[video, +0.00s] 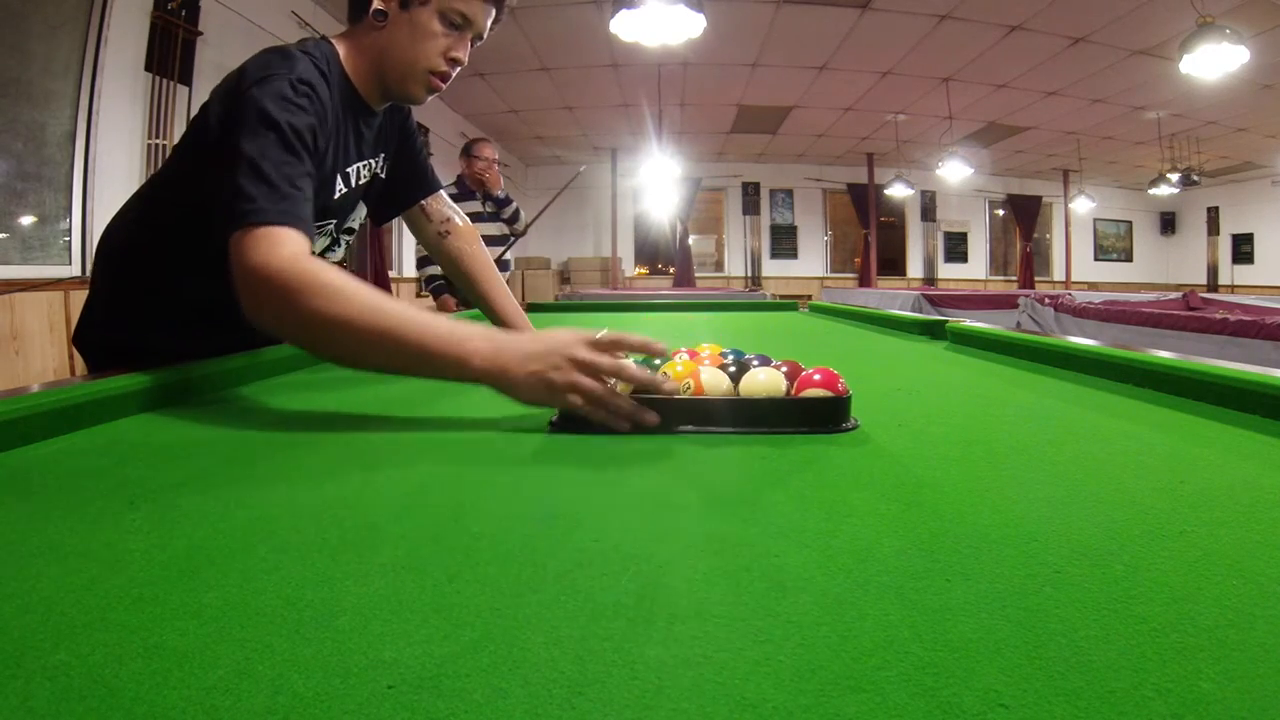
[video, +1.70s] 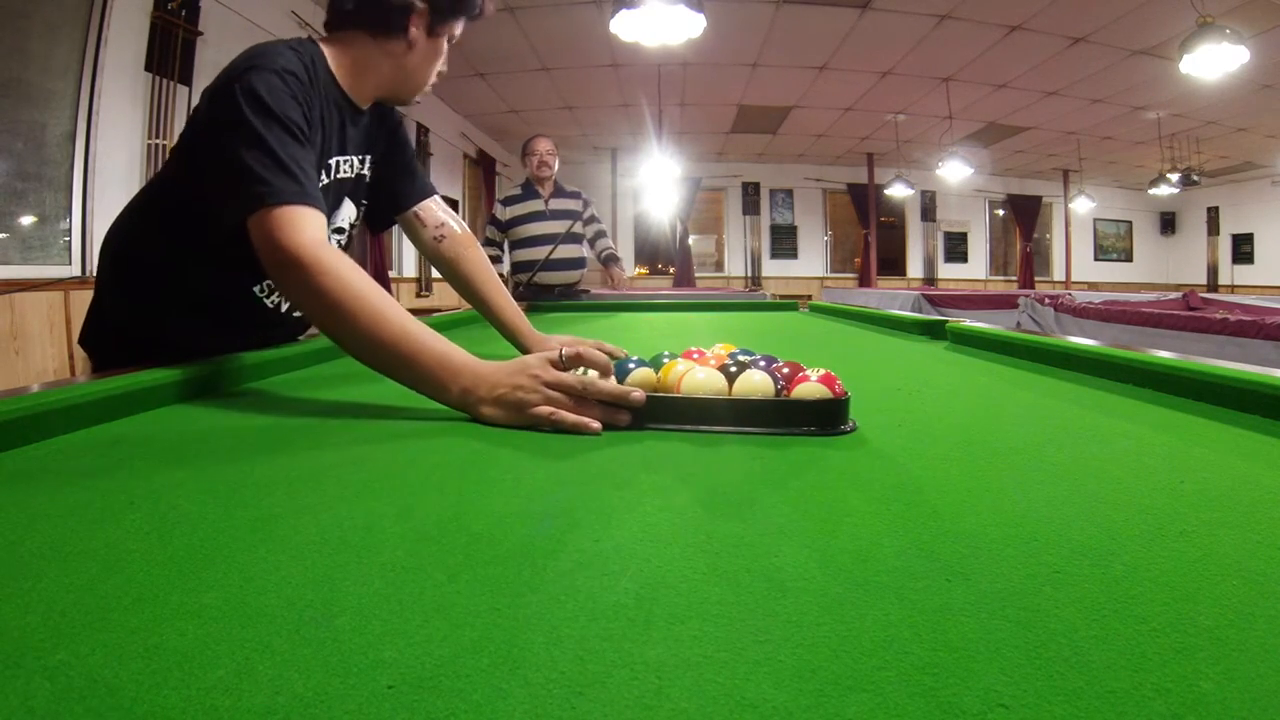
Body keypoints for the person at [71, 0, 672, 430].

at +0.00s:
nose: (462, 58)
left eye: (473, 42)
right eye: (453, 26)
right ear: (387, 7)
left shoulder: (392, 121)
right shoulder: (283, 86)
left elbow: (447, 230)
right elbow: (272, 277)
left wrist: (525, 338)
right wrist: (498, 357)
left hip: (252, 336)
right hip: (146, 340)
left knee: (240, 523)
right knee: (139, 538)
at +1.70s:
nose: (444, 68)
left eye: (451, 48)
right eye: (449, 44)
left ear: (401, 29)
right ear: (412, 25)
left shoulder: (380, 122)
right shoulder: (271, 83)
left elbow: (442, 232)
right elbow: (301, 259)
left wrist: (527, 339)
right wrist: (475, 383)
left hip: (259, 342)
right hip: (153, 344)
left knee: (240, 527)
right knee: (143, 536)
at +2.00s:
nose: (400, 60)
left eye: (405, 43)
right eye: (409, 41)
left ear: (327, 10)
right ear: (400, 34)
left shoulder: (328, 96)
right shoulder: (295, 55)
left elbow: (372, 232)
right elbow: (315, 227)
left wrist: (465, 340)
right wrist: (473, 381)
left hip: (235, 346)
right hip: (149, 352)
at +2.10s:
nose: (379, 67)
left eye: (382, 55)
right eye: (389, 50)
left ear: (315, 8)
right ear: (386, 29)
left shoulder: (279, 63)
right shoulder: (300, 52)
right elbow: (326, 220)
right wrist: (477, 375)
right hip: (150, 350)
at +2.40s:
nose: (360, 60)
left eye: (362, 51)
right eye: (364, 47)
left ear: (293, 18)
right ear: (357, 32)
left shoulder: (254, 72)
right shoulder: (297, 57)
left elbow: (279, 222)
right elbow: (330, 178)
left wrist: (334, 308)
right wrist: (443, 342)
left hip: (205, 331)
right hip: (141, 335)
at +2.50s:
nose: (350, 52)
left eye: (350, 44)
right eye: (352, 41)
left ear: (279, 14)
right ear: (348, 30)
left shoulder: (243, 63)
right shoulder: (287, 54)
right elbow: (295, 178)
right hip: (142, 343)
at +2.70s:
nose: (303, 39)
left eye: (304, 28)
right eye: (303, 27)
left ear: (237, 18)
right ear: (293, 29)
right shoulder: (254, 54)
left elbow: (259, 217)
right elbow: (239, 157)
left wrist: (330, 289)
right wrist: (286, 298)